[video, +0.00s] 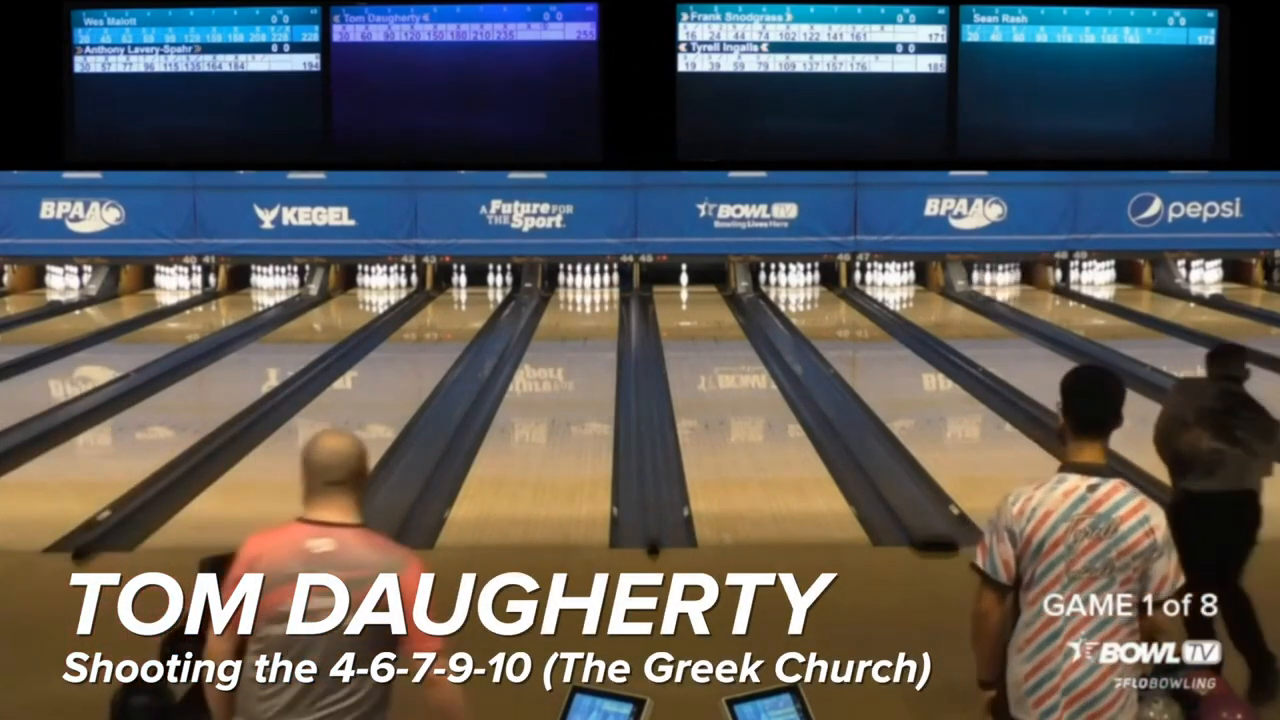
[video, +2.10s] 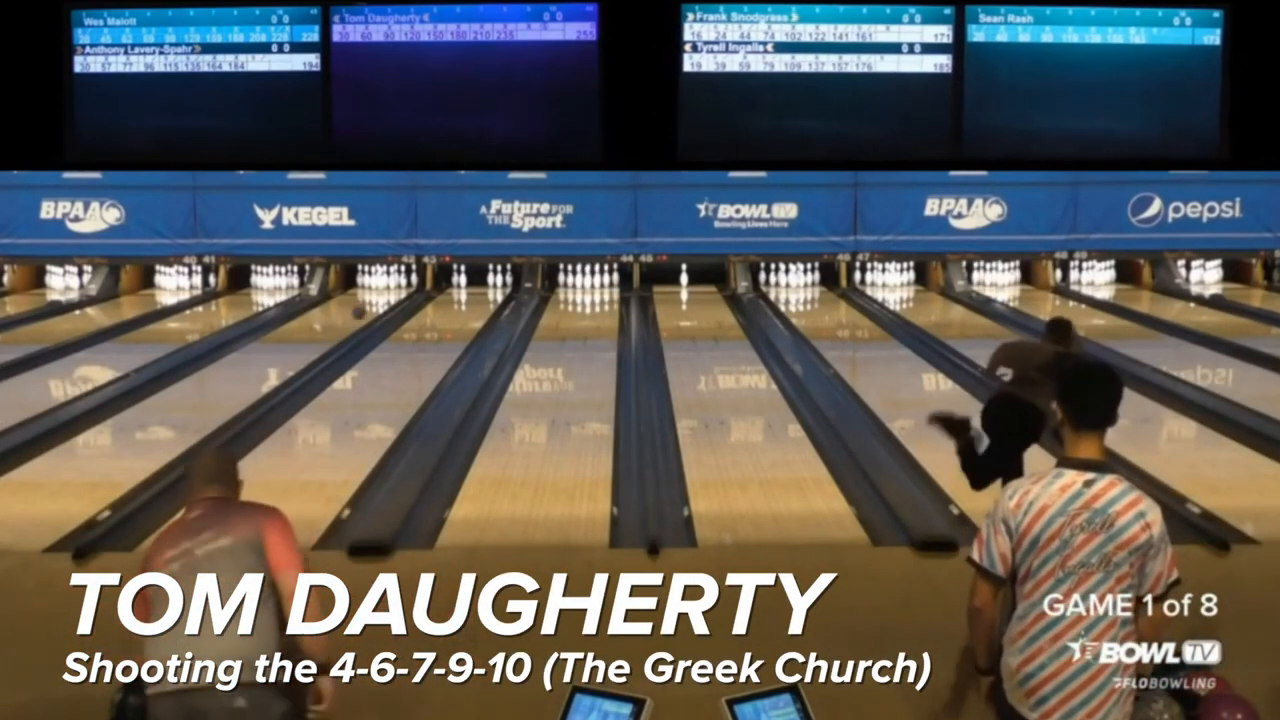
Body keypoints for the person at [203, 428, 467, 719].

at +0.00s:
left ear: (305, 476)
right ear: (364, 479)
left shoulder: (258, 552)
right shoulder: (401, 565)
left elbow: (218, 663)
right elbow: (435, 676)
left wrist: (225, 713)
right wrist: (459, 713)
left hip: (265, 710)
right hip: (358, 712)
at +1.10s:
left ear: (252, 471)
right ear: (312, 472)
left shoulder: (210, 551)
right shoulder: (350, 551)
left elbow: (193, 660)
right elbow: (385, 657)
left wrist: (210, 712)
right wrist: (417, 695)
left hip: (235, 710)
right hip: (325, 709)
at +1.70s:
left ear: (228, 464)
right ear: (286, 462)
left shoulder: (188, 532)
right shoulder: (325, 530)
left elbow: (152, 625)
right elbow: (361, 627)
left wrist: (164, 688)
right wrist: (382, 697)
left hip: (205, 707)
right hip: (298, 706)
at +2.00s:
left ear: (198, 480)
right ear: (250, 475)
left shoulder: (163, 541)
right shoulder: (280, 521)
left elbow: (144, 625)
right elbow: (314, 607)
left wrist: (147, 679)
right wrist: (337, 675)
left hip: (182, 703)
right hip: (267, 699)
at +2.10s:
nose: (242, 485)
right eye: (238, 480)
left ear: (190, 487)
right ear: (236, 485)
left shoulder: (160, 544)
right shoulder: (266, 521)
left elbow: (148, 621)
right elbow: (299, 603)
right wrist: (320, 667)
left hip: (172, 697)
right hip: (254, 692)